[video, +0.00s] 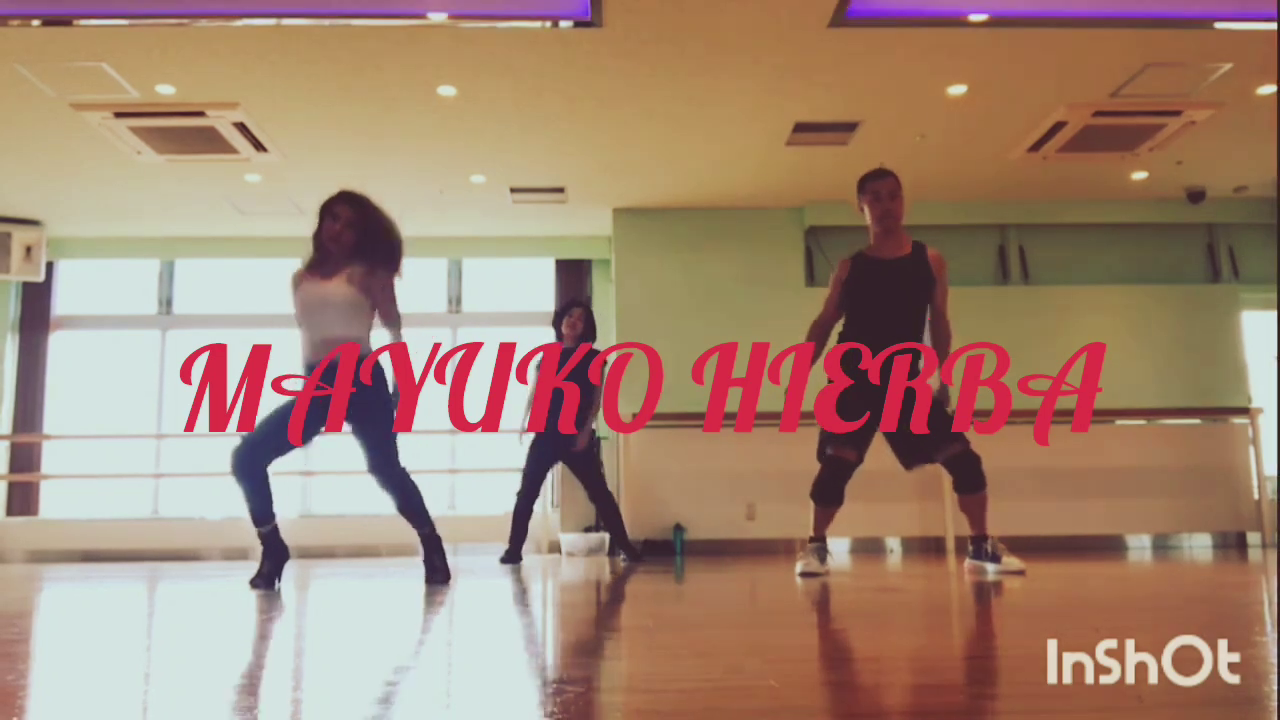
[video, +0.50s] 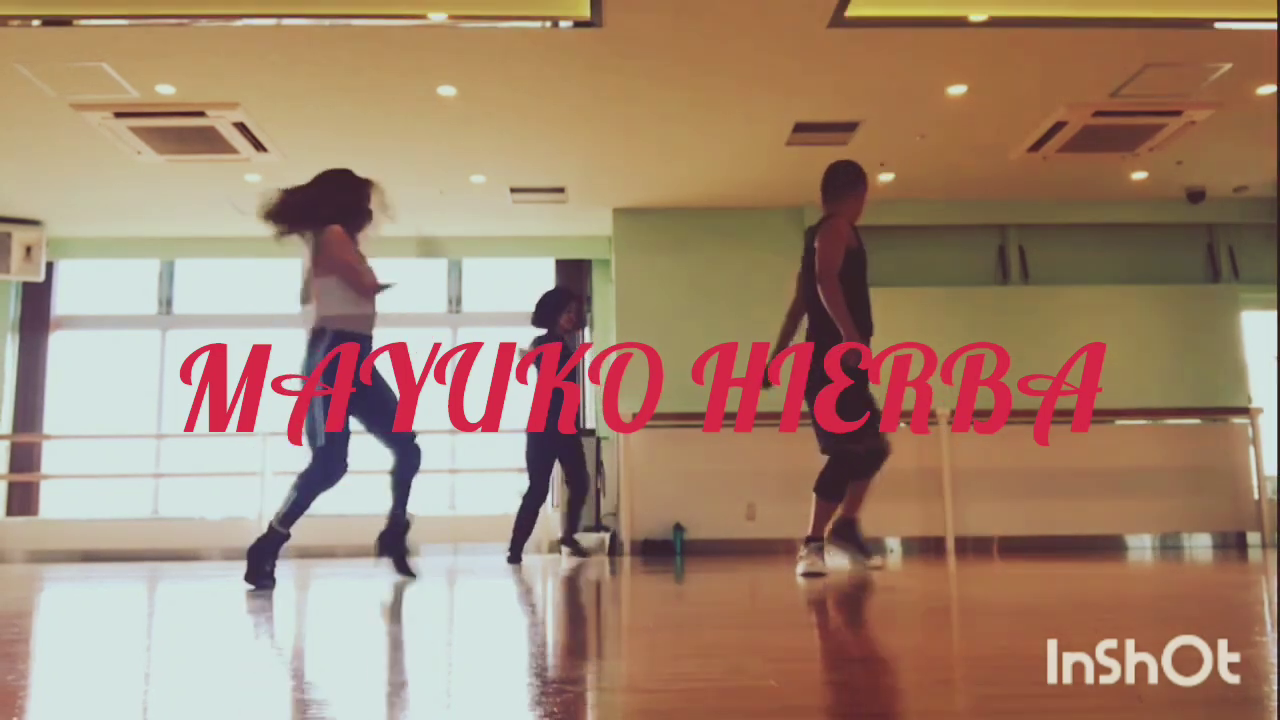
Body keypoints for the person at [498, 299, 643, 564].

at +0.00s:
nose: (573, 322)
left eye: (580, 320)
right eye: (570, 317)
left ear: (586, 327)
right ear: (561, 321)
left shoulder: (593, 357)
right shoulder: (549, 353)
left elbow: (597, 398)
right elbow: (535, 390)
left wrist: (587, 428)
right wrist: (527, 419)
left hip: (577, 436)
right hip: (546, 435)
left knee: (599, 494)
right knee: (527, 493)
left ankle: (624, 545)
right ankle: (514, 549)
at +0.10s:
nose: (574, 332)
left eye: (580, 329)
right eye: (571, 327)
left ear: (586, 335)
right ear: (562, 330)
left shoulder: (593, 367)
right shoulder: (549, 363)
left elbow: (601, 409)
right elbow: (532, 395)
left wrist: (607, 444)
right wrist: (526, 423)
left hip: (587, 444)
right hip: (556, 444)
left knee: (609, 496)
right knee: (534, 498)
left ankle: (628, 546)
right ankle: (514, 550)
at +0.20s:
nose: (575, 330)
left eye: (580, 327)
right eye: (571, 325)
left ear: (585, 334)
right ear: (561, 329)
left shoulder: (587, 368)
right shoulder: (544, 364)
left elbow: (604, 406)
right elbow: (516, 392)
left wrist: (631, 430)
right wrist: (526, 413)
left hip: (585, 442)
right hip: (555, 442)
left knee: (609, 492)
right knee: (540, 499)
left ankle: (628, 545)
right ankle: (516, 550)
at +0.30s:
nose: (576, 322)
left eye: (579, 318)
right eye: (571, 317)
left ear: (582, 324)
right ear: (558, 319)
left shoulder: (577, 353)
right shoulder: (545, 350)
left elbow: (576, 389)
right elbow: (535, 379)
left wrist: (607, 399)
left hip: (574, 431)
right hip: (546, 432)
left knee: (602, 490)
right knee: (539, 494)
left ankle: (627, 545)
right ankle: (516, 551)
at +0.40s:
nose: (573, 317)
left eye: (577, 313)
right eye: (569, 311)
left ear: (578, 316)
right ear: (555, 311)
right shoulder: (552, 345)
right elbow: (559, 378)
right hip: (551, 427)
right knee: (537, 490)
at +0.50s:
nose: (573, 319)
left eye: (575, 314)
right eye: (568, 313)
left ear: (575, 317)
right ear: (555, 313)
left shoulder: (570, 346)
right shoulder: (548, 343)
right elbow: (550, 376)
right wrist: (577, 355)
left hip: (567, 428)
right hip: (544, 427)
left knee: (580, 481)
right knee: (538, 489)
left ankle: (569, 536)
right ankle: (515, 551)